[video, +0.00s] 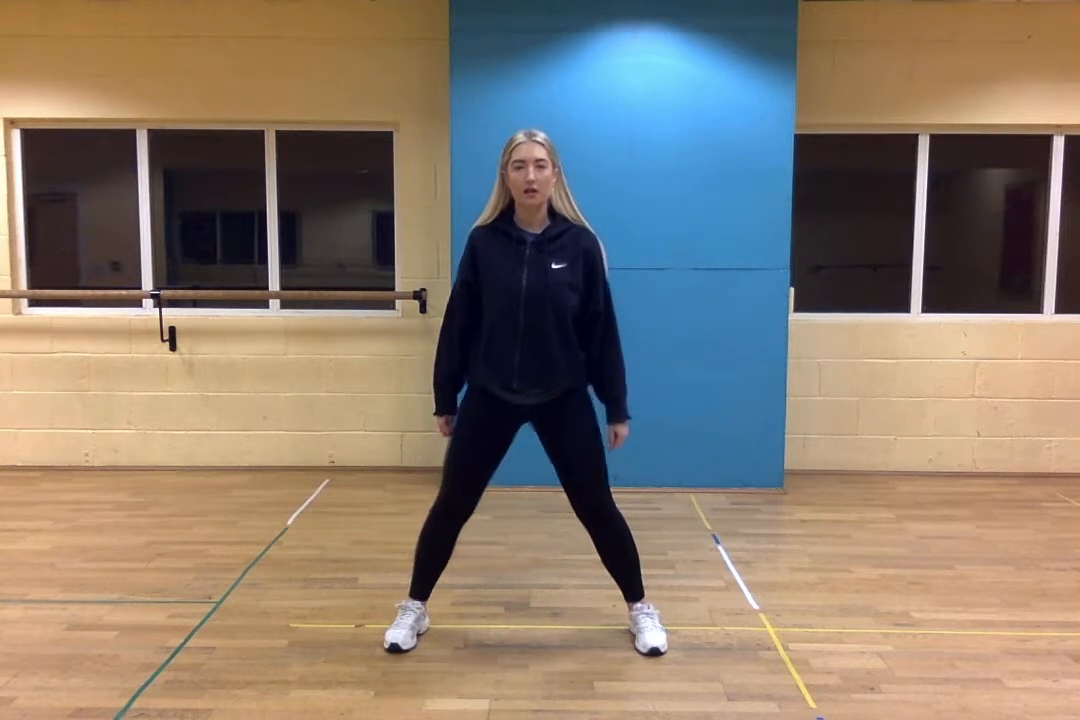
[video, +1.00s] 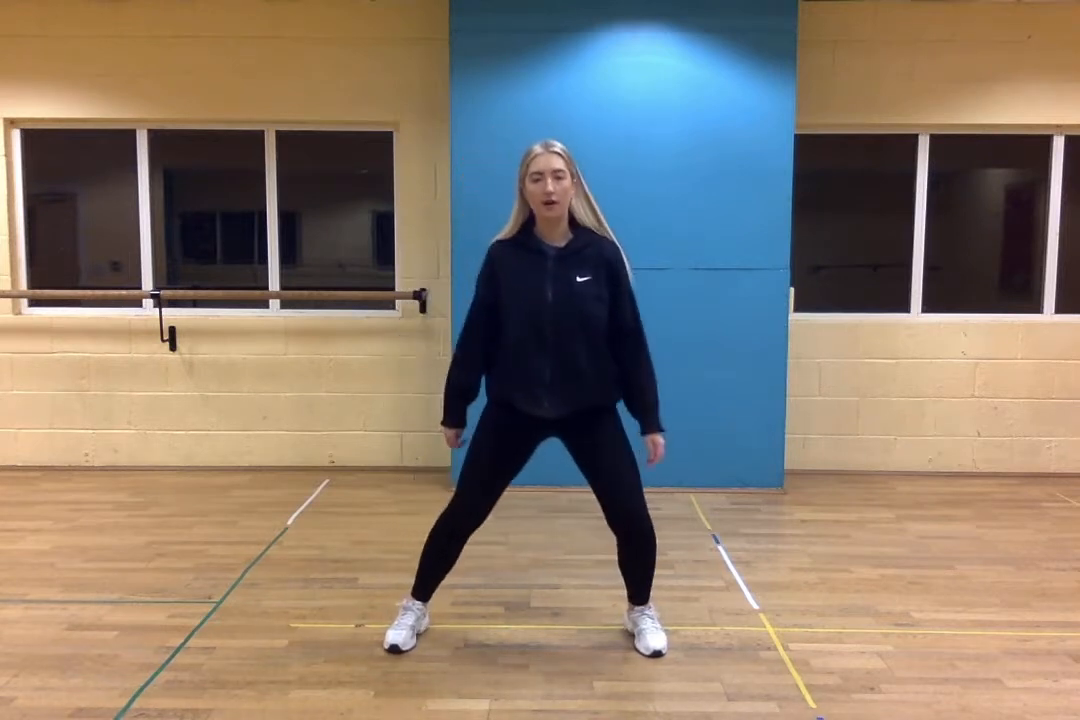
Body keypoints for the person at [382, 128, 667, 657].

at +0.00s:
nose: (530, 174)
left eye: (540, 165)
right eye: (520, 165)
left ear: (555, 174)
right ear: (506, 176)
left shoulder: (581, 242)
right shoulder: (484, 239)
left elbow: (601, 325)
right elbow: (458, 319)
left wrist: (617, 405)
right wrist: (445, 398)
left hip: (563, 395)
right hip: (491, 395)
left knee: (595, 505)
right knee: (452, 503)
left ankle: (640, 609)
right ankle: (414, 607)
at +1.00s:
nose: (549, 186)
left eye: (558, 176)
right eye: (538, 178)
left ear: (574, 185)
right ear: (524, 190)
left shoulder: (602, 252)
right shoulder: (503, 254)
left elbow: (629, 337)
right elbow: (477, 333)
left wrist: (649, 418)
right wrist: (455, 408)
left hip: (589, 408)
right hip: (516, 407)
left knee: (633, 517)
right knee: (465, 510)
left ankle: (641, 610)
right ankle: (415, 607)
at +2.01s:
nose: (548, 189)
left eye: (557, 180)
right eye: (537, 182)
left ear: (572, 189)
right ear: (523, 193)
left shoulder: (601, 254)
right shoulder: (503, 258)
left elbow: (623, 339)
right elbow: (486, 339)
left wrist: (630, 415)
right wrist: (490, 411)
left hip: (593, 407)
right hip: (519, 408)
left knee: (632, 518)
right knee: (461, 509)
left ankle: (636, 612)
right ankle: (416, 608)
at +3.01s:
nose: (547, 190)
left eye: (556, 181)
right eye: (537, 183)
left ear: (572, 189)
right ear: (524, 194)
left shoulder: (599, 256)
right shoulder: (504, 257)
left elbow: (626, 336)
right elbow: (487, 335)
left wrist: (648, 415)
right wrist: (488, 405)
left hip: (588, 407)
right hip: (517, 407)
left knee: (625, 514)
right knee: (458, 505)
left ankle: (637, 611)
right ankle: (416, 607)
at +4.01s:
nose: (541, 185)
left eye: (550, 175)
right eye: (530, 176)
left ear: (566, 183)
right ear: (517, 188)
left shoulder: (595, 250)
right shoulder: (497, 251)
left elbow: (625, 330)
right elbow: (479, 327)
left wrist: (646, 406)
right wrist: (489, 391)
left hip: (579, 403)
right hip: (508, 400)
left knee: (616, 513)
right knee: (451, 505)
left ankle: (636, 610)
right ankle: (413, 605)